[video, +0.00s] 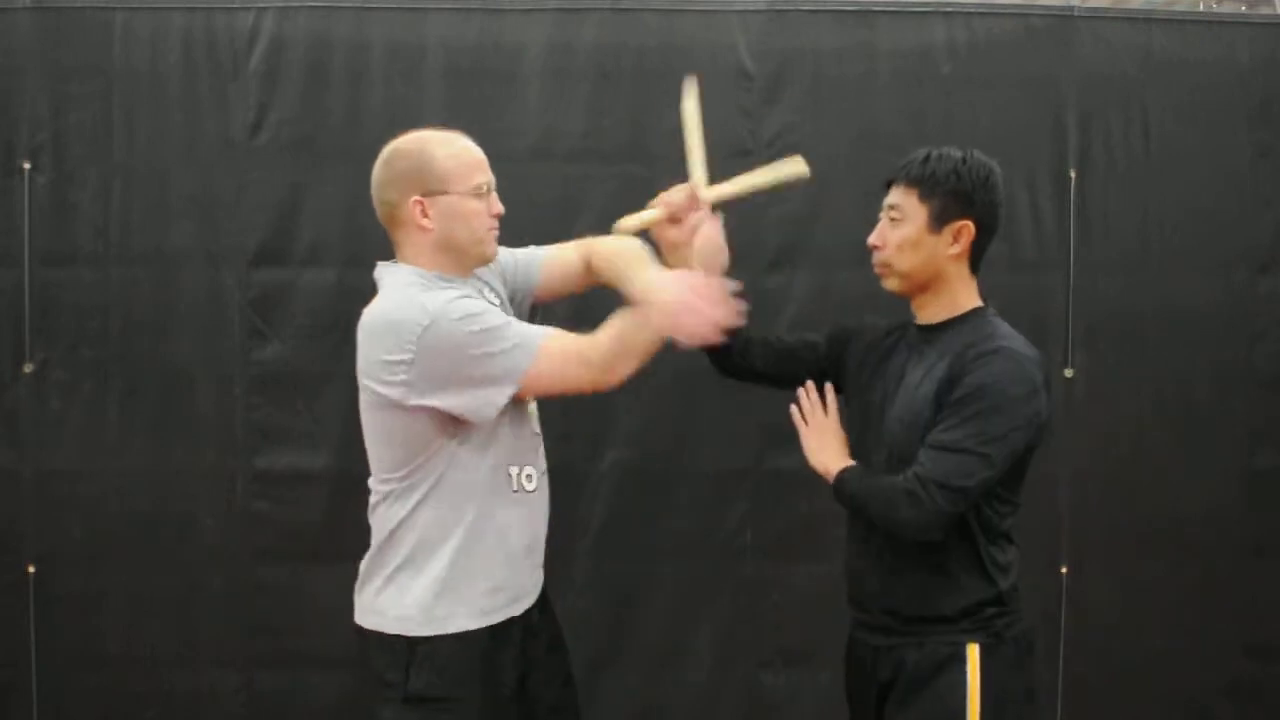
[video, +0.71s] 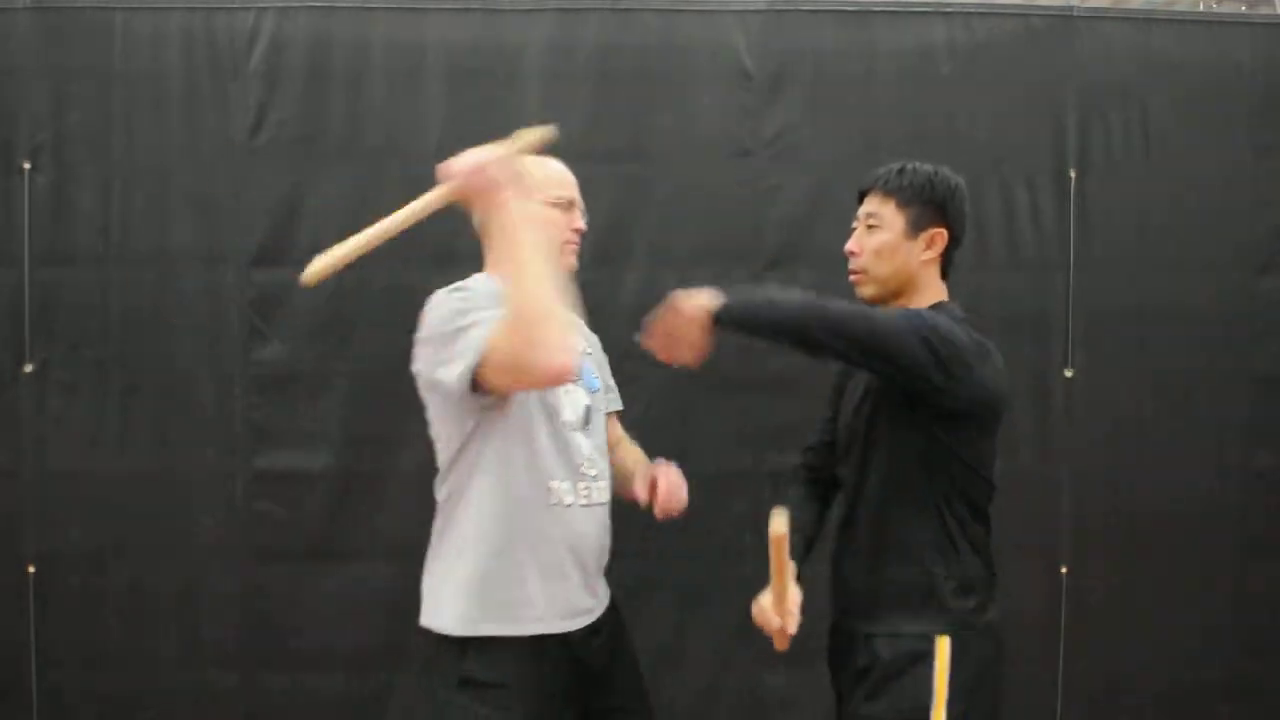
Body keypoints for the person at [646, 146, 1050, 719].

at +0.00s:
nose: (874, 239)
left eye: (894, 220)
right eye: (880, 219)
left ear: (957, 238)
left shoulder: (1005, 367)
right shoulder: (873, 351)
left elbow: (922, 507)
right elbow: (740, 356)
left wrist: (839, 469)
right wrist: (688, 259)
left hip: (961, 657)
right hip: (877, 649)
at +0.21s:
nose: (863, 238)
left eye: (884, 219)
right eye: (867, 220)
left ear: (947, 236)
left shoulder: (996, 368)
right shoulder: (855, 344)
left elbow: (961, 520)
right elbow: (736, 343)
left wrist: (845, 482)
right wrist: (661, 288)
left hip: (948, 651)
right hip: (864, 643)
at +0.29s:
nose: (862, 238)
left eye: (883, 219)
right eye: (866, 221)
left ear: (946, 236)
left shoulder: (996, 370)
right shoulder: (848, 343)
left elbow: (965, 520)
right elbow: (743, 351)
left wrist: (845, 480)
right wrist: (652, 332)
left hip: (948, 646)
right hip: (861, 638)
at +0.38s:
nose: (861, 240)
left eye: (884, 220)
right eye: (866, 221)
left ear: (945, 237)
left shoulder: (996, 369)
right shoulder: (853, 343)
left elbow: (967, 508)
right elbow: (755, 385)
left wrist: (843, 464)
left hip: (947, 647)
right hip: (858, 638)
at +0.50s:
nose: (857, 241)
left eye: (880, 222)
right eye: (862, 223)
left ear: (940, 240)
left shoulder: (990, 366)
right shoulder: (851, 356)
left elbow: (943, 453)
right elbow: (772, 448)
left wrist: (833, 421)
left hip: (944, 647)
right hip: (856, 640)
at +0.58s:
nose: (852, 242)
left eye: (874, 223)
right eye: (856, 224)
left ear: (933, 240)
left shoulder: (977, 363)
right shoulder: (854, 359)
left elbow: (898, 397)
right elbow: (787, 468)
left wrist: (804, 382)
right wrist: (753, 580)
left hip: (942, 641)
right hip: (857, 636)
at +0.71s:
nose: (850, 247)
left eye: (872, 228)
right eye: (855, 228)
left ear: (931, 243)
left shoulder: (956, 349)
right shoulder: (869, 355)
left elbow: (846, 327)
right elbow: (817, 473)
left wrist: (718, 306)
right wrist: (784, 573)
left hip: (929, 644)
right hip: (861, 637)